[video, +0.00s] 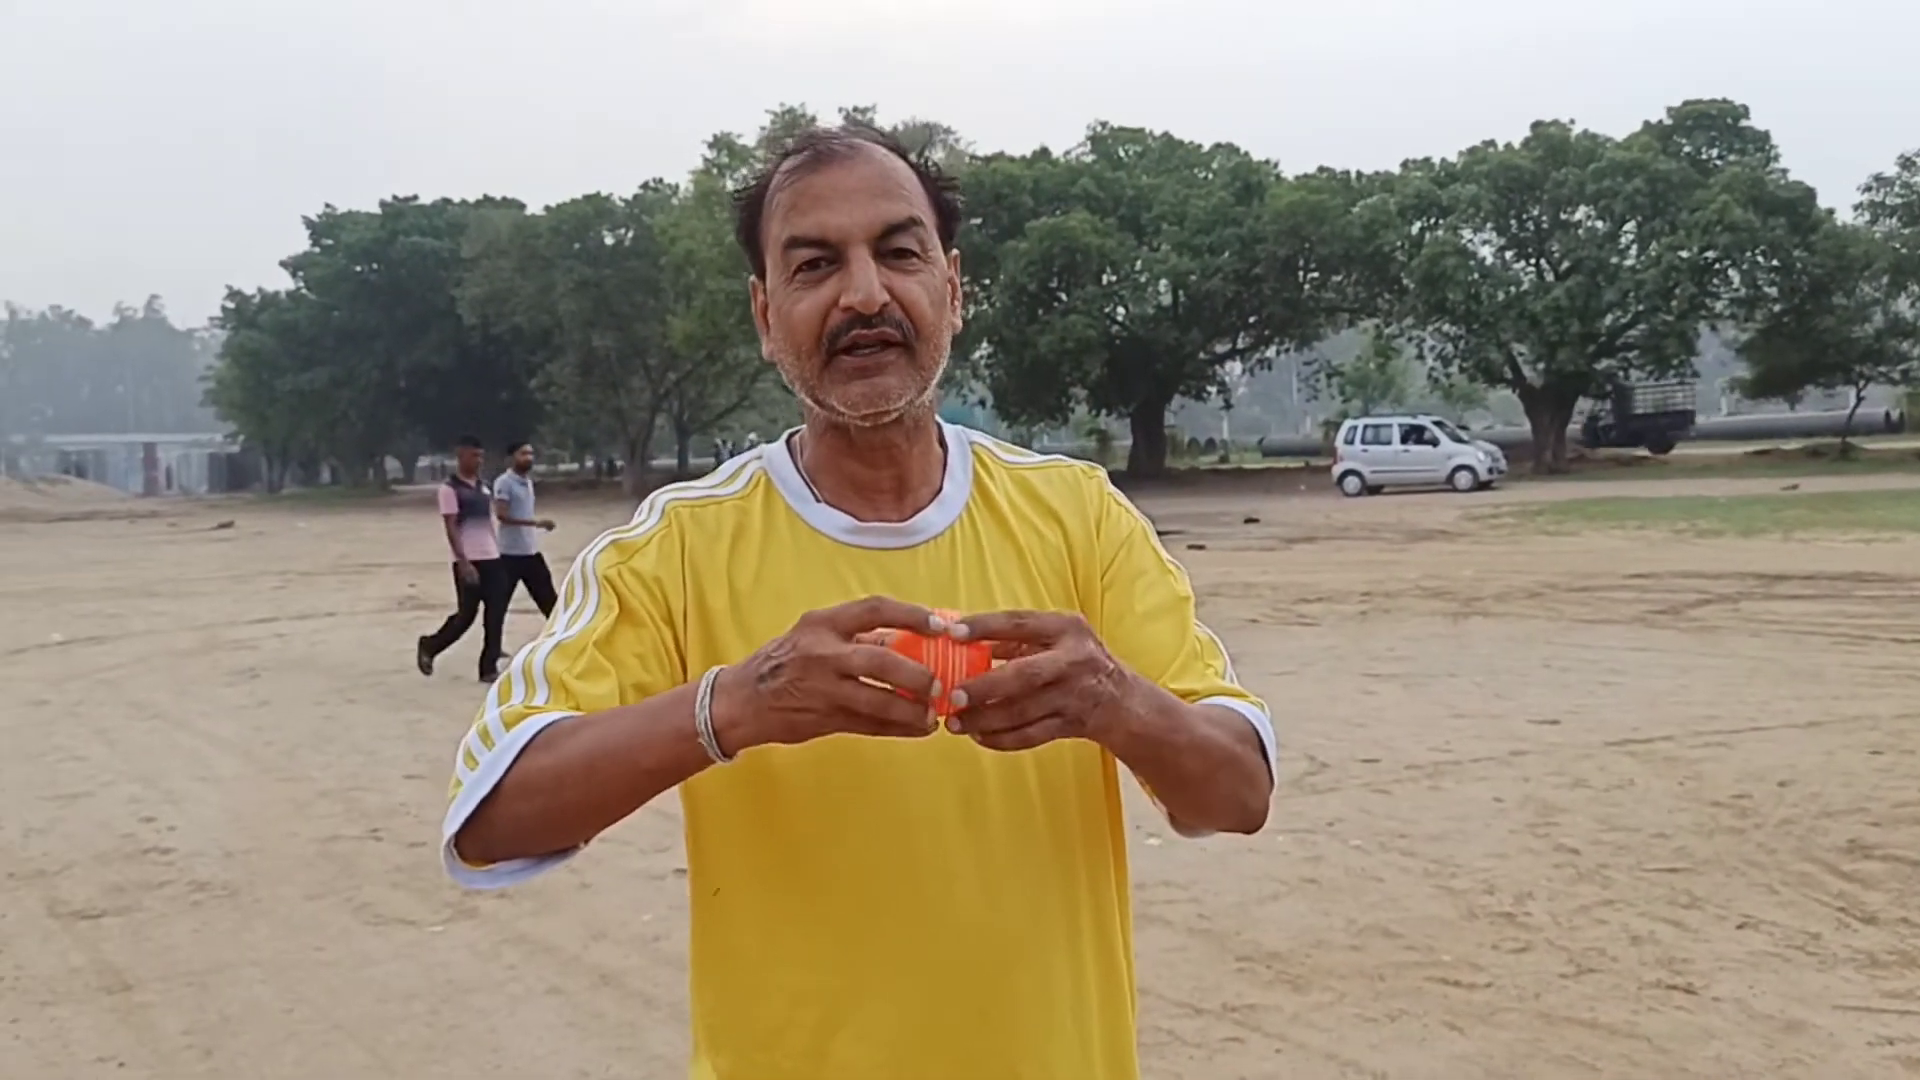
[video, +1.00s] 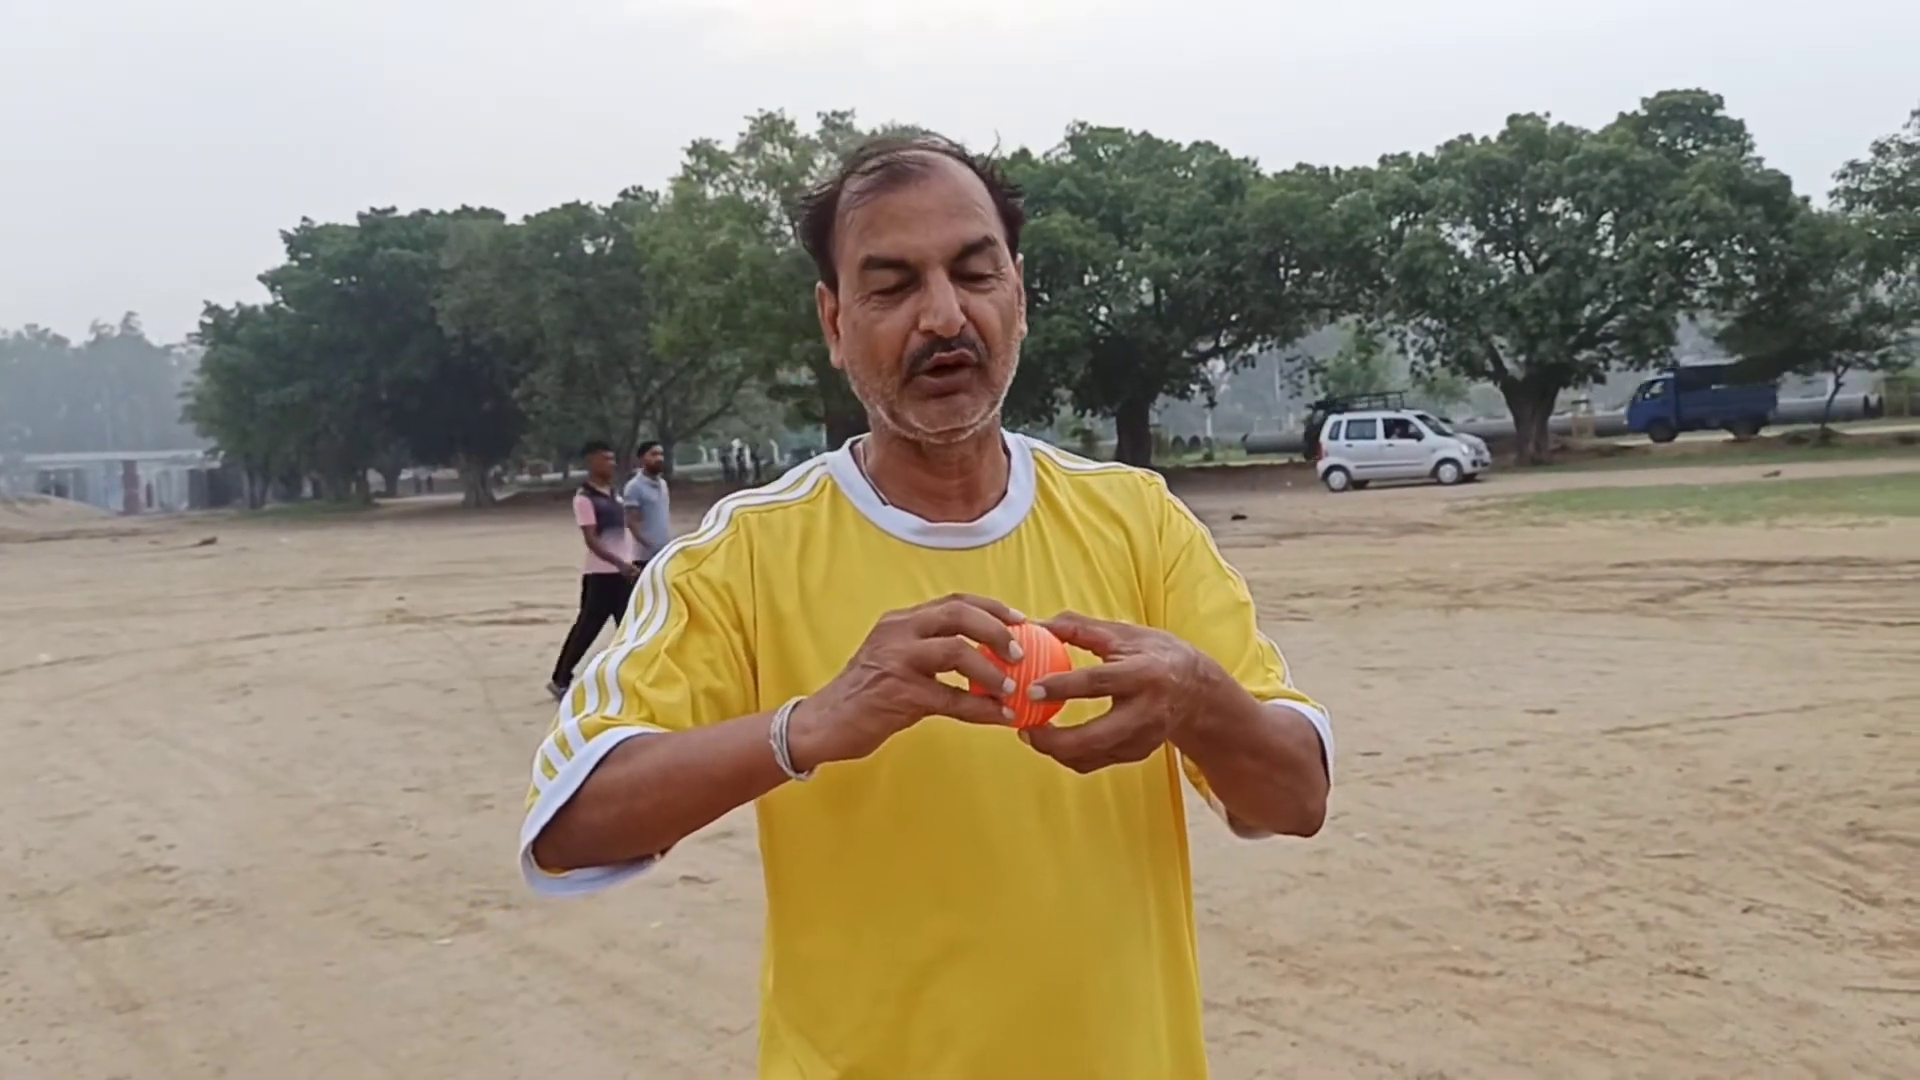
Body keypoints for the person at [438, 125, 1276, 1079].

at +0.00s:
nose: (864, 293)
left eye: (900, 252)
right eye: (815, 265)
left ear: (953, 293)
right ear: (766, 321)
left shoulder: (1079, 516)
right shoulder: (676, 550)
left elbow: (1241, 799)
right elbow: (487, 821)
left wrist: (1123, 707)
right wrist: (737, 707)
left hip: (1064, 1052)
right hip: (784, 1054)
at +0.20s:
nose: (878, 286)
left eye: (913, 249)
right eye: (828, 261)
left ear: (965, 297)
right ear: (778, 323)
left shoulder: (1093, 518)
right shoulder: (691, 555)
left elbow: (1257, 802)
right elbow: (504, 834)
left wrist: (1141, 710)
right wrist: (749, 714)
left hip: (1084, 1052)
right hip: (804, 1054)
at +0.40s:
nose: (894, 306)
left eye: (927, 264)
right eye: (844, 277)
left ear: (977, 298)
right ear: (792, 327)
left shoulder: (1109, 520)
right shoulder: (705, 560)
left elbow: (1268, 805)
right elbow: (522, 836)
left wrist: (1160, 704)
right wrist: (771, 714)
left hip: (1100, 1052)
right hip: (817, 1053)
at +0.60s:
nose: (906, 321)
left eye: (938, 277)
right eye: (855, 290)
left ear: (985, 303)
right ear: (800, 331)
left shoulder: (1113, 523)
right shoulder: (714, 564)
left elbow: (1276, 807)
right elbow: (529, 842)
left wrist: (1173, 709)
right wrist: (782, 726)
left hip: (1108, 1051)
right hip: (825, 1053)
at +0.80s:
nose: (917, 316)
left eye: (948, 272)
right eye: (866, 286)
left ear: (995, 300)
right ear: (812, 331)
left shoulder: (1122, 524)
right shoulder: (723, 563)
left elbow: (1283, 807)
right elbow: (541, 837)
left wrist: (1181, 708)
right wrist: (787, 729)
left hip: (1115, 1050)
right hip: (833, 1051)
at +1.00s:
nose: (943, 315)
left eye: (974, 272)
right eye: (893, 284)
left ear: (1018, 299)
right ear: (836, 326)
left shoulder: (1138, 522)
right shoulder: (744, 556)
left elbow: (1297, 803)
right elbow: (565, 824)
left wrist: (1201, 704)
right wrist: (813, 727)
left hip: (1130, 1051)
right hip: (853, 1053)